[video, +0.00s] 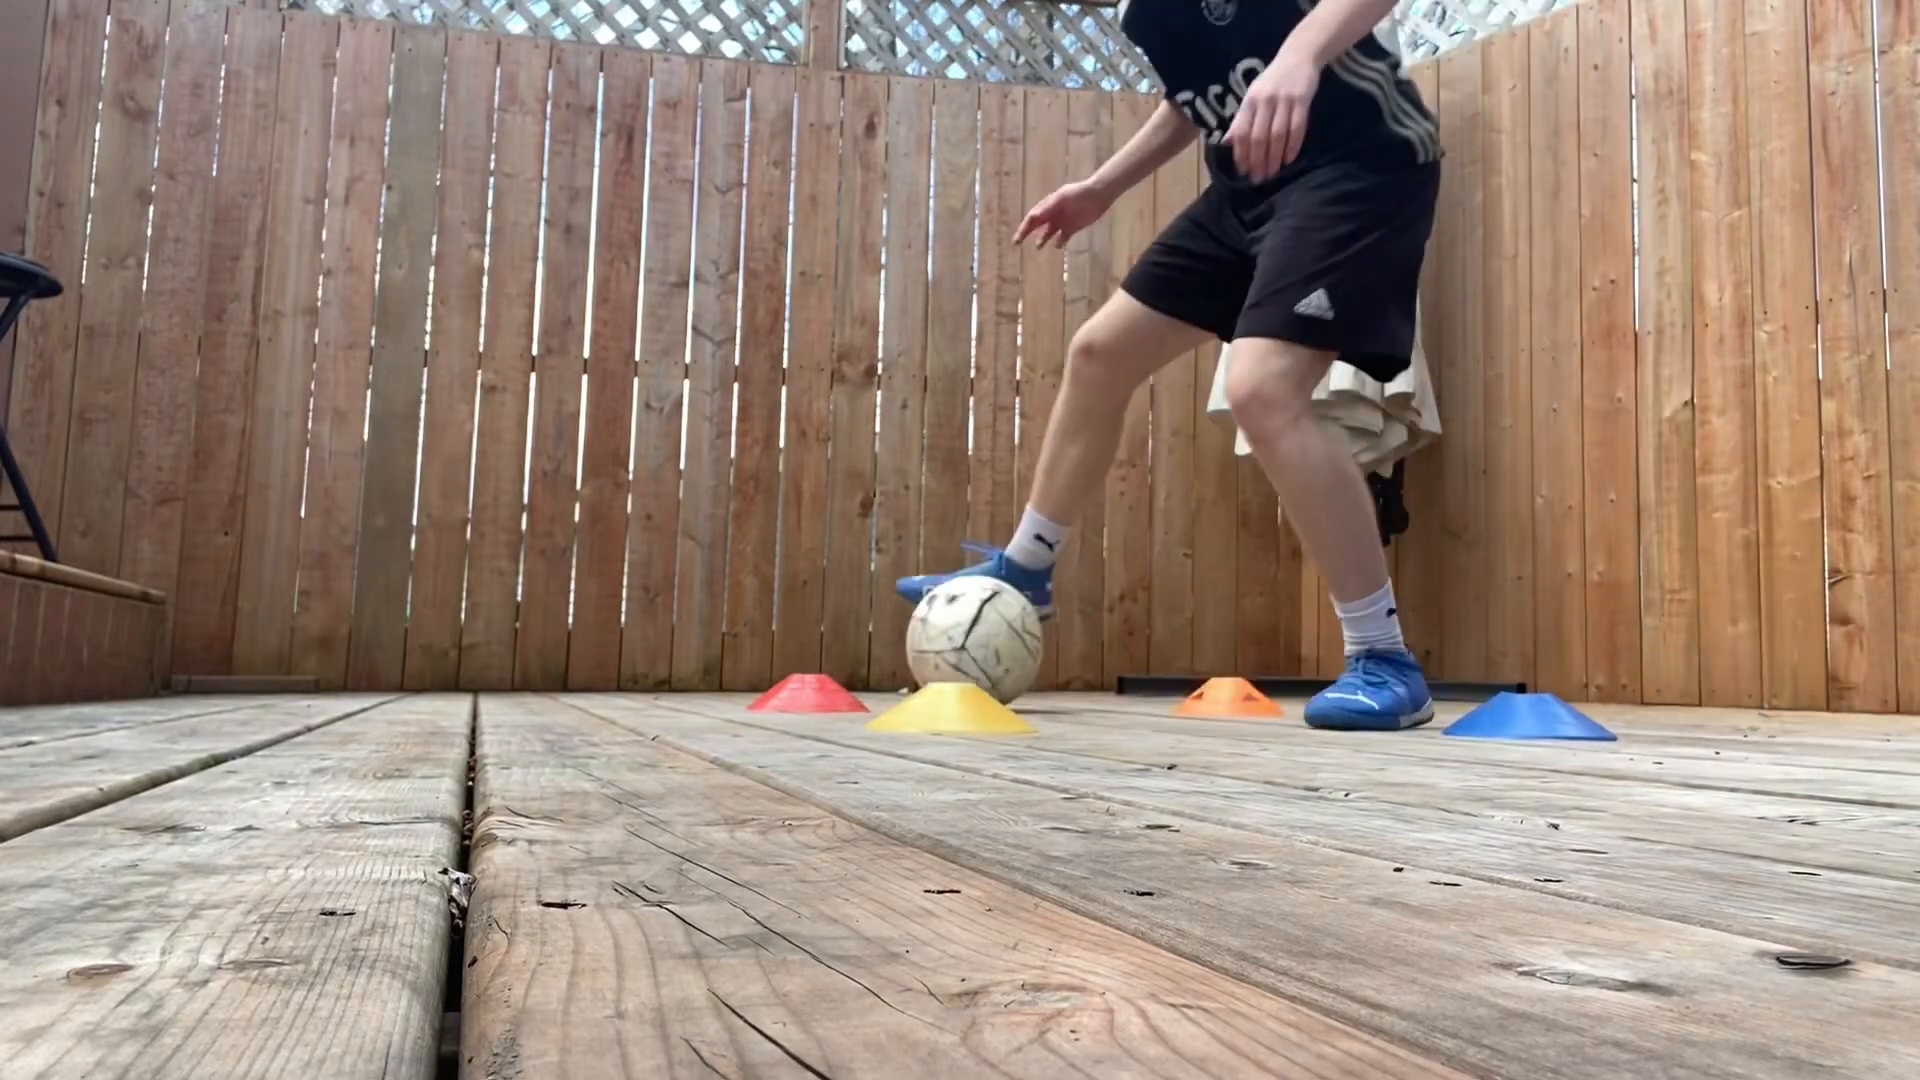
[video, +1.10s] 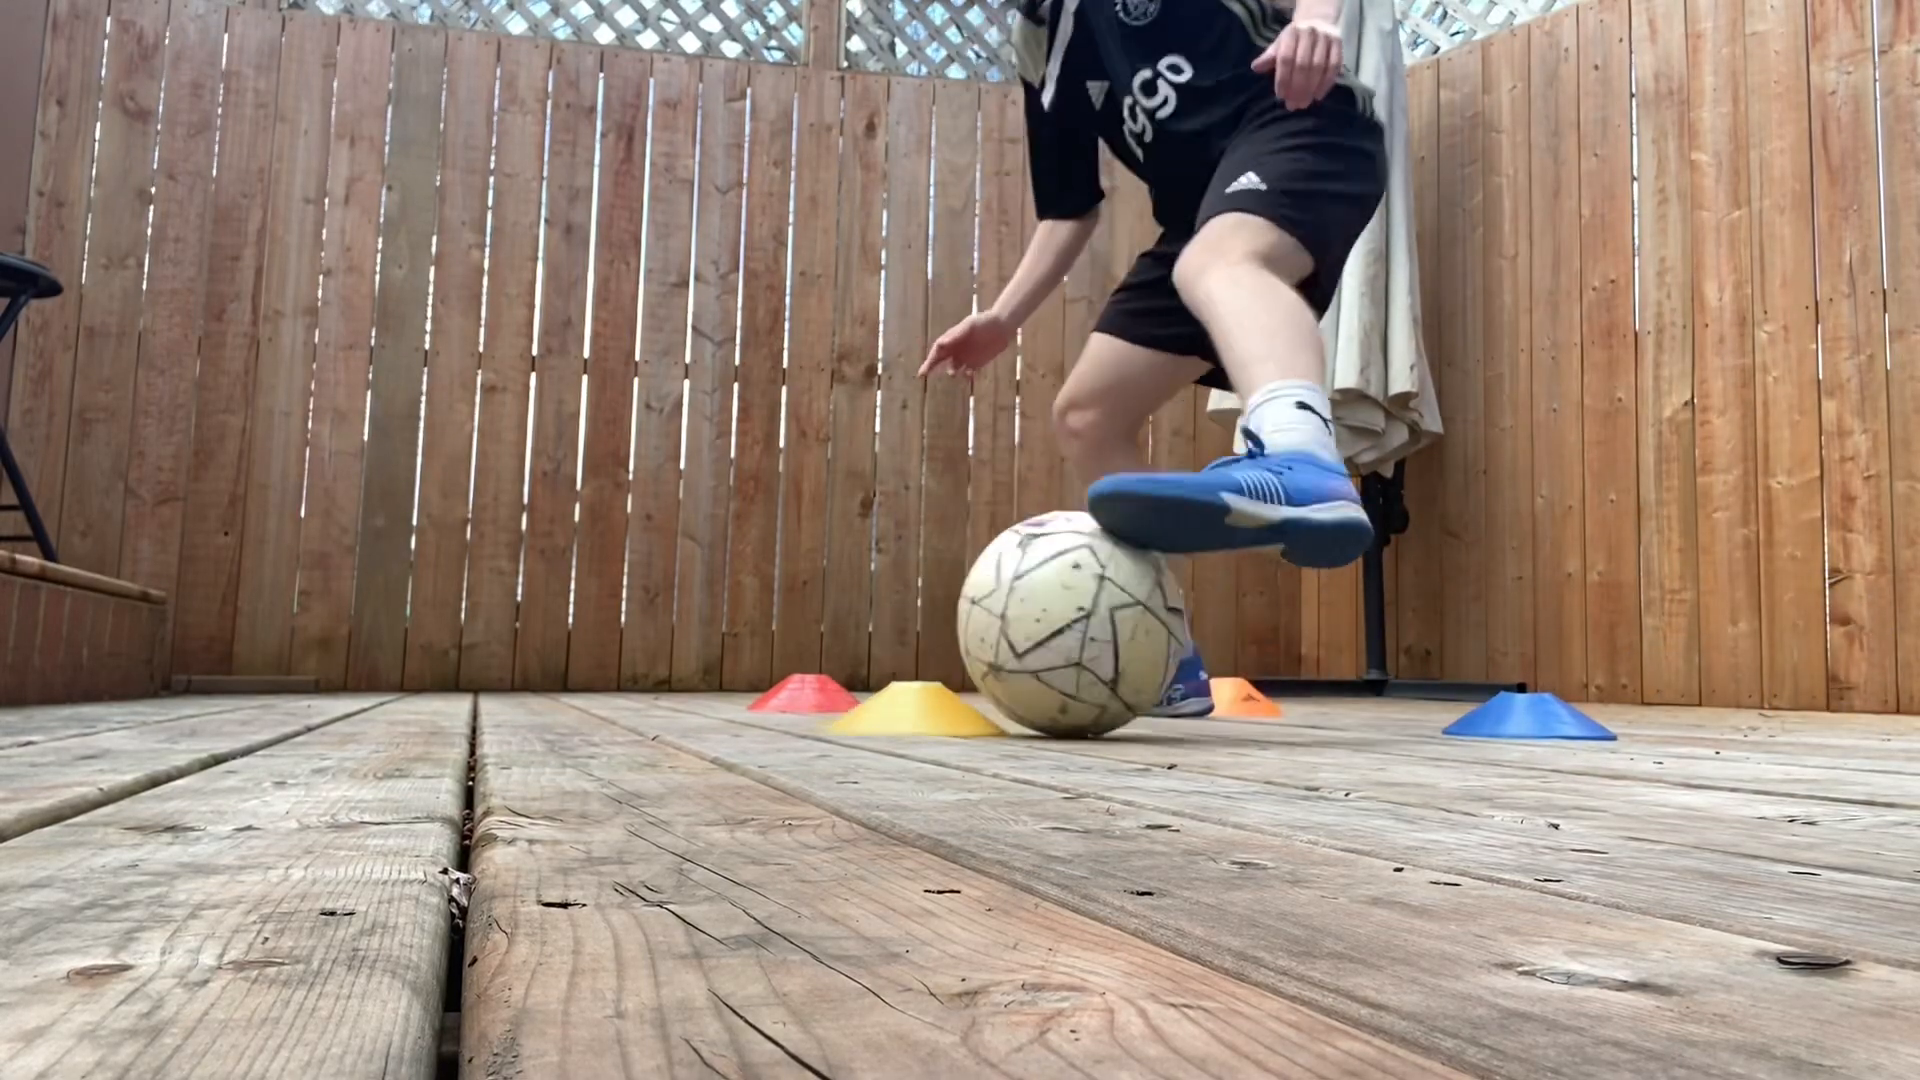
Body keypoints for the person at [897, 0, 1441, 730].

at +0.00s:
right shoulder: (1146, 11)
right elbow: (1199, 96)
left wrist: (1299, 55)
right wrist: (1101, 187)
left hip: (1356, 155)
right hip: (1248, 178)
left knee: (1264, 389)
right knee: (1100, 355)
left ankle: (1384, 664)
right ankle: (1022, 574)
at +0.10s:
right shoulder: (1124, 28)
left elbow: (1333, 26)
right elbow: (1174, 129)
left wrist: (1231, 143)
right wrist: (1079, 208)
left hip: (1308, 184)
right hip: (1210, 204)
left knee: (1219, 403)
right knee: (1058, 380)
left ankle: (1377, 659)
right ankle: (1037, 599)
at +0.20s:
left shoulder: (1179, 1)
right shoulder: (1067, 35)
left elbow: (1288, 74)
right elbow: (1116, 163)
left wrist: (1201, 185)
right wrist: (1033, 236)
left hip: (1243, 224)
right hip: (1151, 253)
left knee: (1201, 406)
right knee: (1046, 452)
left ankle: (1372, 659)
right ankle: (1075, 665)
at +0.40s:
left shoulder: (1115, 1)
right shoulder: (992, 40)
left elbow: (1223, 65)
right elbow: (1036, 162)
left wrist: (1206, 190)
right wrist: (963, 239)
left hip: (1161, 217)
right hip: (1079, 244)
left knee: (1158, 374)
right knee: (986, 423)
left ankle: (1305, 627)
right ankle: (994, 637)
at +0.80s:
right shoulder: (1001, 31)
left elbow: (1263, 1)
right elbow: (1034, 164)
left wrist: (1265, 94)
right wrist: (980, 280)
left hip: (1212, 175)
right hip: (1117, 220)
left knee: (1149, 341)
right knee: (1010, 400)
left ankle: (1237, 624)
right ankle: (965, 628)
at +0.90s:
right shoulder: (1023, 40)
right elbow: (1054, 166)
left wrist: (1303, 68)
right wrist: (988, 279)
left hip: (1241, 122)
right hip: (1147, 192)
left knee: (1152, 261)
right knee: (1031, 390)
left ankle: (1285, 553)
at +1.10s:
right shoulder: (1049, 40)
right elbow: (1070, 207)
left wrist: (1318, 13)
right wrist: (1004, 316)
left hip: (1301, 118)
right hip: (1198, 215)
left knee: (1219, 261)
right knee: (1087, 418)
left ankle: (1303, 456)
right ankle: (1169, 662)